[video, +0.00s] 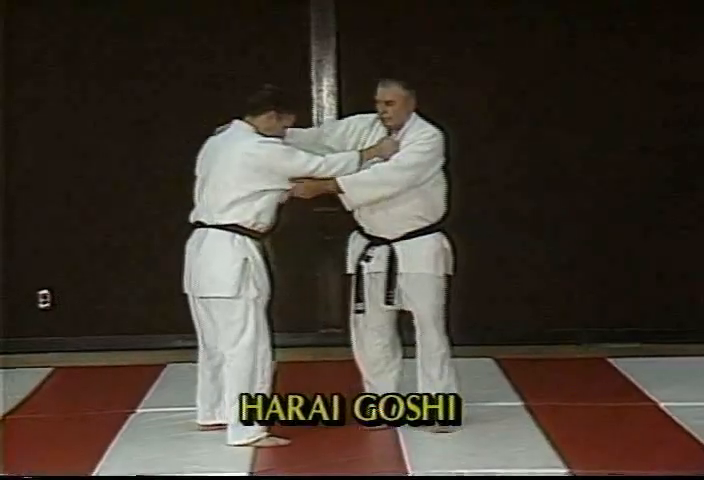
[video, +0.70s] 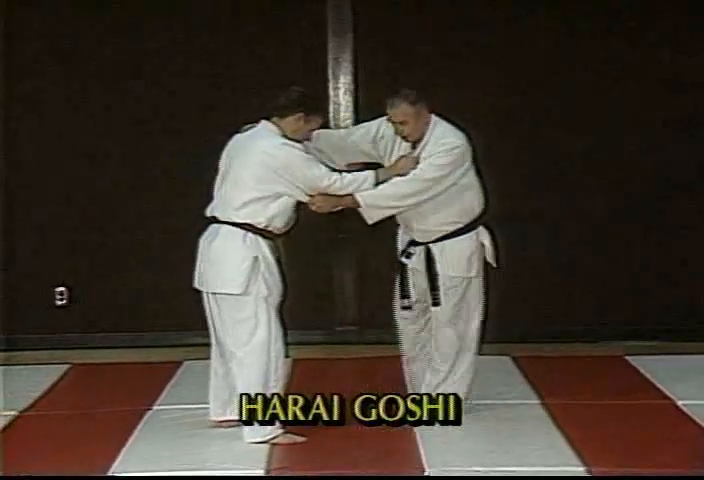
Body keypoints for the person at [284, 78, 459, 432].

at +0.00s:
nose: (383, 111)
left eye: (390, 105)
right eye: (379, 104)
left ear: (411, 104)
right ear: (376, 104)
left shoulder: (427, 138)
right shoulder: (363, 127)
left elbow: (394, 176)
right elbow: (318, 136)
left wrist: (328, 186)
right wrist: (263, 134)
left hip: (418, 245)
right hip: (370, 245)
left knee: (429, 328)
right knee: (371, 329)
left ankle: (439, 406)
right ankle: (382, 404)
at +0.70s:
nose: (400, 132)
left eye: (405, 124)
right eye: (395, 125)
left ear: (425, 115)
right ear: (390, 121)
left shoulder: (450, 144)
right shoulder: (387, 132)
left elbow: (414, 187)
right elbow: (340, 141)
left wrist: (347, 201)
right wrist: (290, 138)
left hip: (454, 245)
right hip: (412, 243)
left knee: (449, 329)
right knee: (412, 327)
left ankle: (443, 407)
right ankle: (419, 401)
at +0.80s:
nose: (400, 131)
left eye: (406, 124)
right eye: (395, 124)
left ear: (426, 116)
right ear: (391, 120)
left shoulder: (451, 146)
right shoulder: (386, 133)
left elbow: (412, 189)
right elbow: (341, 141)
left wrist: (346, 202)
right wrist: (291, 138)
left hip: (457, 243)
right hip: (419, 243)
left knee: (452, 325)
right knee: (429, 323)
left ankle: (447, 398)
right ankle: (436, 390)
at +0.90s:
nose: (401, 132)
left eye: (407, 124)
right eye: (396, 124)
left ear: (427, 116)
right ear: (392, 120)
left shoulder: (451, 146)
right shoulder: (388, 132)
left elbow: (412, 190)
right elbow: (343, 140)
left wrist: (344, 202)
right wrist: (294, 136)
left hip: (456, 242)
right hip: (422, 239)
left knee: (450, 322)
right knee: (437, 303)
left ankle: (441, 396)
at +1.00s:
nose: (402, 132)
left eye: (408, 125)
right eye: (397, 125)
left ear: (428, 117)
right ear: (392, 121)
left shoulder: (451, 146)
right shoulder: (390, 132)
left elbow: (413, 189)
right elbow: (345, 140)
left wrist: (345, 203)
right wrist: (294, 135)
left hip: (458, 242)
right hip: (422, 239)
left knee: (449, 321)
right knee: (440, 300)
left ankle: (443, 394)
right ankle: (485, 329)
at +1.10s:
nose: (403, 132)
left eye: (409, 125)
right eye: (399, 125)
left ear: (429, 117)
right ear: (394, 121)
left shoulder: (453, 146)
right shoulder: (391, 134)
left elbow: (414, 189)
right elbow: (344, 141)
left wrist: (347, 202)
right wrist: (296, 136)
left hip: (459, 243)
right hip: (424, 241)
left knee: (450, 322)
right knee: (441, 312)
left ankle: (445, 395)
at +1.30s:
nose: (407, 129)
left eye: (413, 121)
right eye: (402, 122)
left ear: (433, 114)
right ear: (398, 118)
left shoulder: (456, 144)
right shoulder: (394, 132)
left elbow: (419, 184)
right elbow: (348, 142)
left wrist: (353, 198)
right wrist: (300, 136)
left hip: (457, 246)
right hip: (414, 242)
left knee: (451, 324)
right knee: (409, 320)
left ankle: (449, 396)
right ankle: (408, 387)